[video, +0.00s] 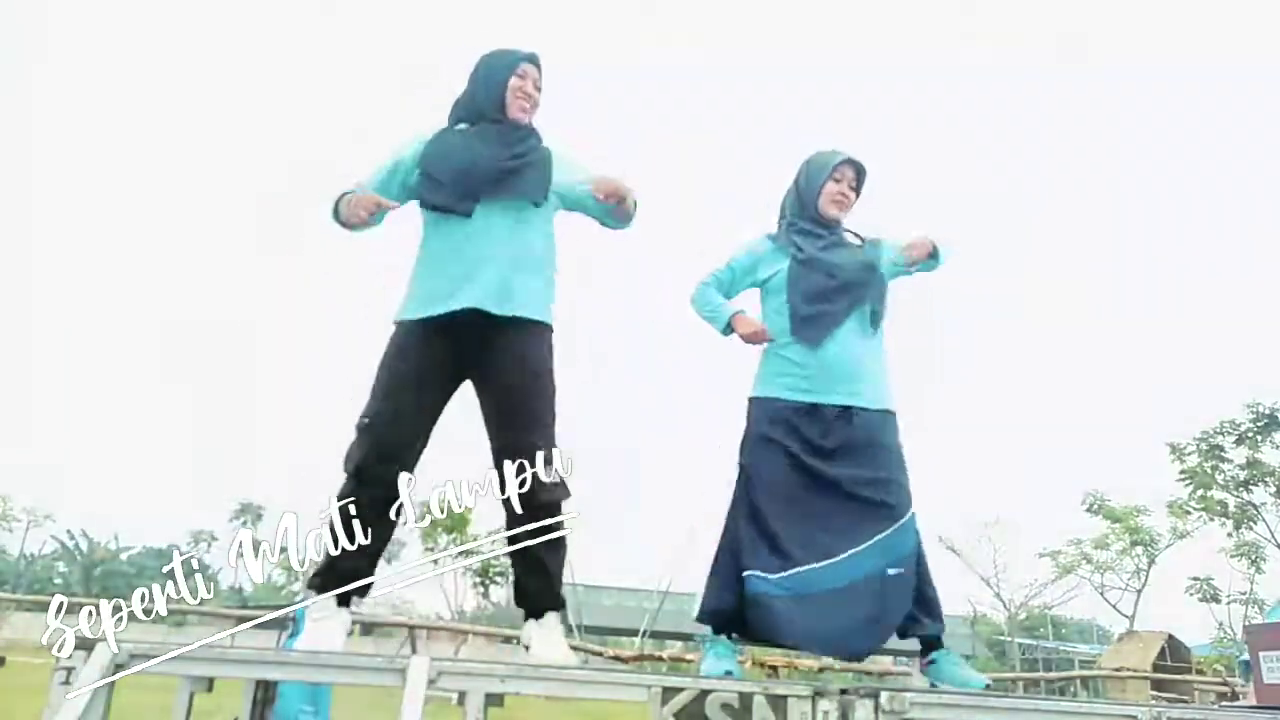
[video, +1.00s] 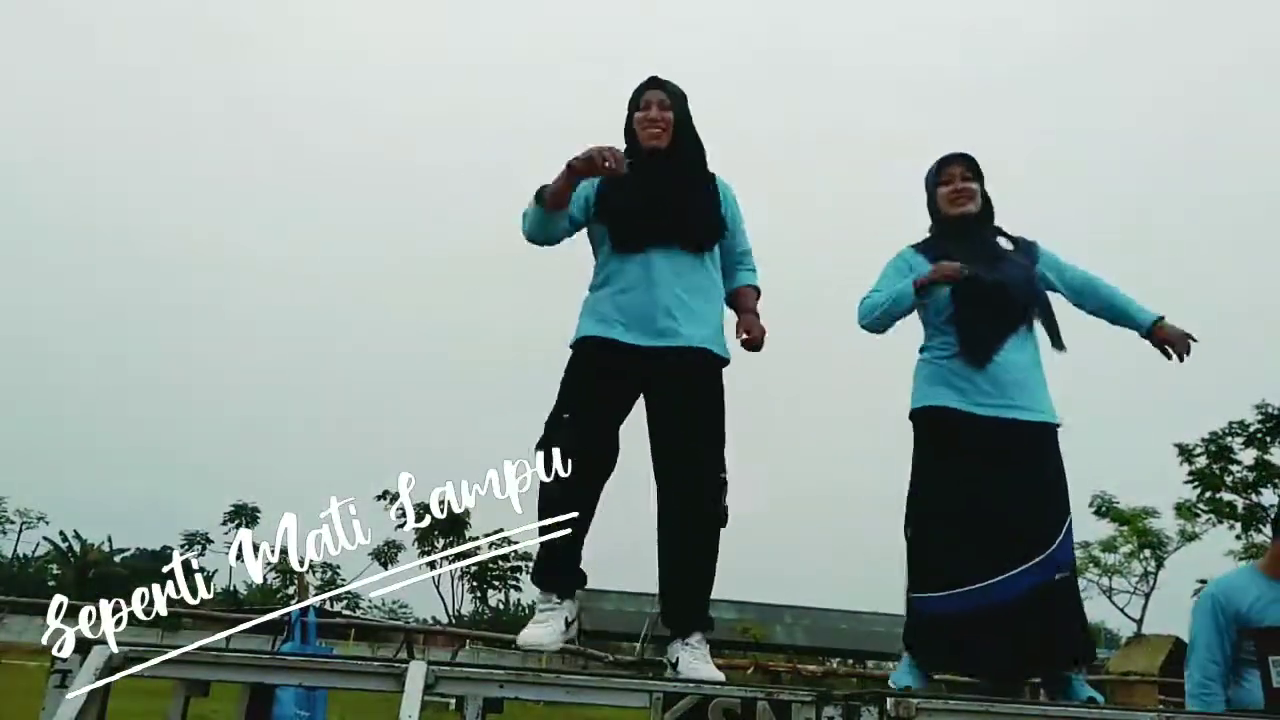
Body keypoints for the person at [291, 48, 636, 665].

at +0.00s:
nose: (531, 91)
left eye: (536, 87)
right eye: (521, 80)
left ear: (538, 101)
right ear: (488, 82)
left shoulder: (548, 159)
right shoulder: (437, 145)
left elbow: (616, 217)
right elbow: (356, 199)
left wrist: (621, 200)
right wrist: (351, 208)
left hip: (519, 324)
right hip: (432, 318)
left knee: (532, 470)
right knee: (378, 455)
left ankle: (543, 616)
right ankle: (332, 600)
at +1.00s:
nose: (654, 116)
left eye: (664, 108)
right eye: (644, 108)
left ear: (682, 120)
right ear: (629, 120)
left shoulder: (714, 190)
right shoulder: (603, 184)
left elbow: (738, 263)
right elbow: (539, 231)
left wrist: (748, 308)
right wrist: (570, 175)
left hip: (690, 345)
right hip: (609, 339)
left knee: (694, 488)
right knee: (569, 459)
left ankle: (689, 638)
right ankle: (556, 601)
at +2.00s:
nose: (544, 135)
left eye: (556, 125)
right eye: (538, 125)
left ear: (581, 127)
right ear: (529, 130)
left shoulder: (617, 194)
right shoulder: (510, 180)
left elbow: (644, 270)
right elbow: (505, 171)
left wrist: (619, 311)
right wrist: (532, 136)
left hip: (565, 352)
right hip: (485, 341)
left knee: (551, 486)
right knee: (439, 470)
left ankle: (536, 629)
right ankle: (465, 615)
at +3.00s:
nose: (514, 86)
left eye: (520, 82)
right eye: (504, 73)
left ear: (520, 95)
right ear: (469, 73)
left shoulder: (524, 155)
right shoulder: (405, 136)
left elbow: (614, 181)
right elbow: (350, 196)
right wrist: (372, 222)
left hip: (497, 313)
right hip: (405, 307)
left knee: (513, 454)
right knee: (368, 451)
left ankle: (493, 598)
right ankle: (343, 604)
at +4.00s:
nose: (675, 126)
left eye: (684, 119)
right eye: (663, 117)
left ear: (694, 133)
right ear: (639, 128)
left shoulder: (720, 202)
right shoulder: (604, 197)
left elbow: (772, 264)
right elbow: (545, 260)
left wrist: (826, 321)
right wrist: (472, 283)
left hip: (703, 369)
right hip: (615, 363)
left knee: (720, 507)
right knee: (555, 486)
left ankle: (715, 644)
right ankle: (502, 617)